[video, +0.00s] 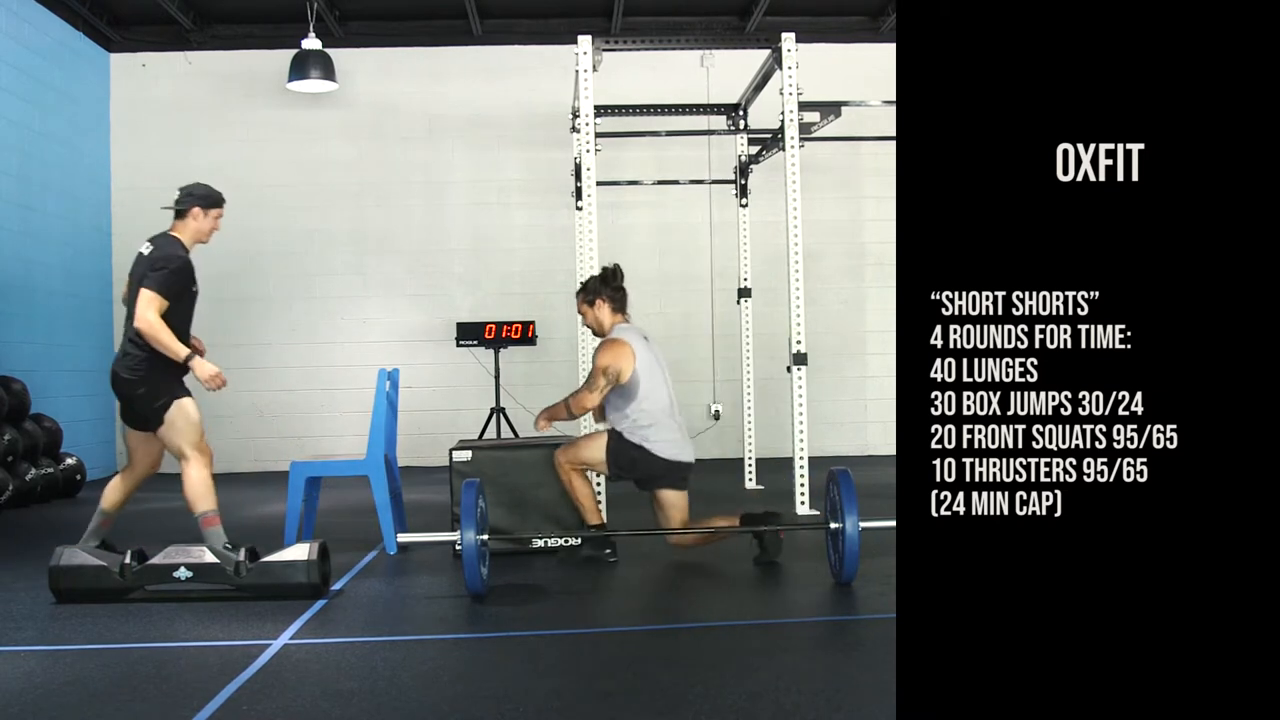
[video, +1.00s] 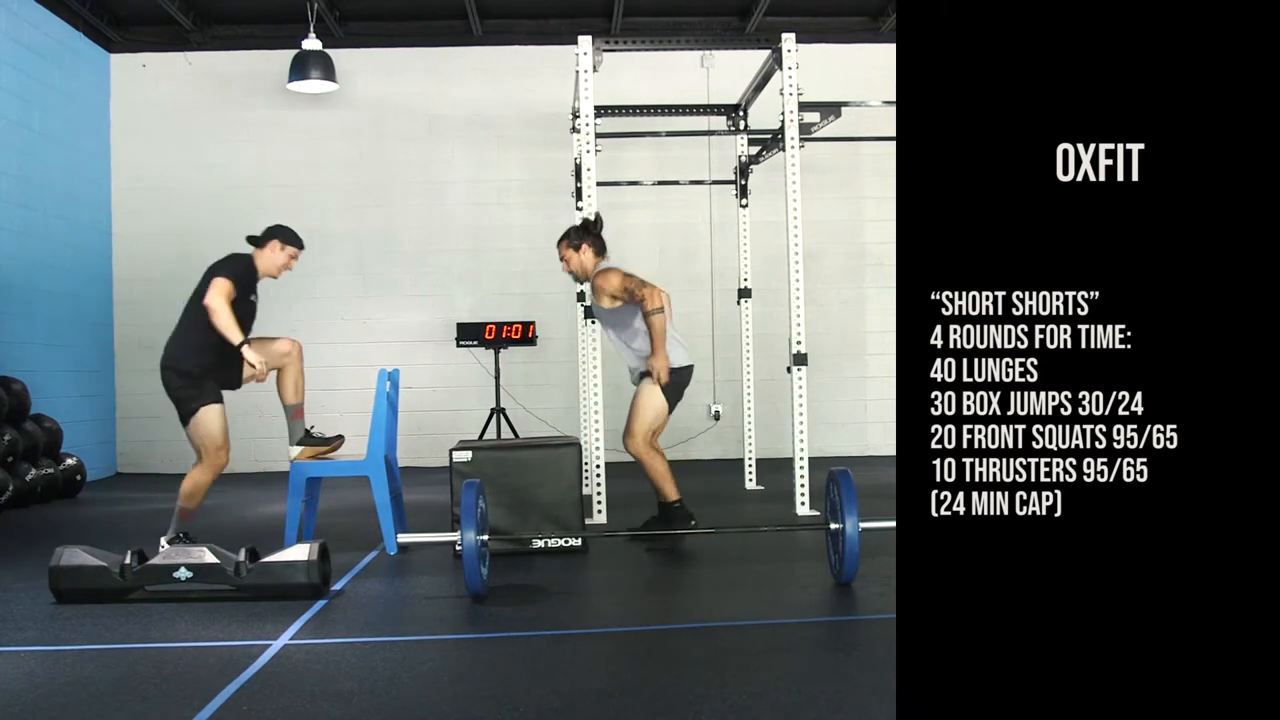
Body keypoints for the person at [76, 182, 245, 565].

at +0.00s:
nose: (217, 228)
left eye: (219, 220)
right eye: (215, 219)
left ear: (188, 215)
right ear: (194, 214)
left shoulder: (154, 247)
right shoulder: (174, 258)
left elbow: (129, 297)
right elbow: (145, 320)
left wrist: (181, 337)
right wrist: (194, 362)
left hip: (132, 371)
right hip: (153, 375)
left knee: (142, 464)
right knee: (196, 455)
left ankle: (87, 545)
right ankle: (222, 553)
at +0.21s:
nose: (200, 216)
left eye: (202, 209)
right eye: (197, 207)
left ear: (175, 204)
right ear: (176, 202)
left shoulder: (158, 241)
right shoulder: (153, 241)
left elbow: (153, 309)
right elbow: (127, 302)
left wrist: (195, 333)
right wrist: (172, 343)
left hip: (132, 360)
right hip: (143, 362)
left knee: (130, 456)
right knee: (196, 442)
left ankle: (87, 544)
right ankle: (167, 544)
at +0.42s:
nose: (211, 213)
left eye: (213, 206)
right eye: (208, 205)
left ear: (188, 202)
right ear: (185, 200)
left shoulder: (175, 241)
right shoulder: (162, 240)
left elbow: (174, 304)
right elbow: (134, 301)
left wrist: (212, 324)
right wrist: (184, 332)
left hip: (141, 358)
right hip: (152, 361)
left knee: (136, 447)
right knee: (182, 447)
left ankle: (89, 537)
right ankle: (162, 543)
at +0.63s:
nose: (235, 216)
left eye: (237, 209)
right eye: (232, 207)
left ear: (213, 204)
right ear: (211, 201)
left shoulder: (197, 241)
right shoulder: (183, 238)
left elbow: (184, 304)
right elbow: (163, 300)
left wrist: (205, 348)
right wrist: (213, 335)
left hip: (182, 353)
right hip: (158, 354)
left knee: (221, 417)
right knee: (173, 446)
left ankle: (156, 483)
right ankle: (162, 542)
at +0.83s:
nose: (266, 238)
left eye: (269, 232)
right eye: (266, 229)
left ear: (249, 222)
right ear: (248, 219)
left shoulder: (226, 253)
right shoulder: (214, 243)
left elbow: (204, 303)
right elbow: (200, 289)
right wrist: (255, 320)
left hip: (199, 344)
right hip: (169, 350)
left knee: (269, 345)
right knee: (202, 446)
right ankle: (162, 535)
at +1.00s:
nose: (291, 265)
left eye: (295, 259)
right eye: (290, 256)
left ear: (274, 249)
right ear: (272, 246)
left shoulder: (248, 281)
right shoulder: (237, 265)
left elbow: (226, 331)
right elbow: (214, 302)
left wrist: (250, 362)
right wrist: (244, 347)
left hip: (219, 364)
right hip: (190, 367)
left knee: (289, 350)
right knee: (215, 458)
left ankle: (300, 440)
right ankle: (175, 537)